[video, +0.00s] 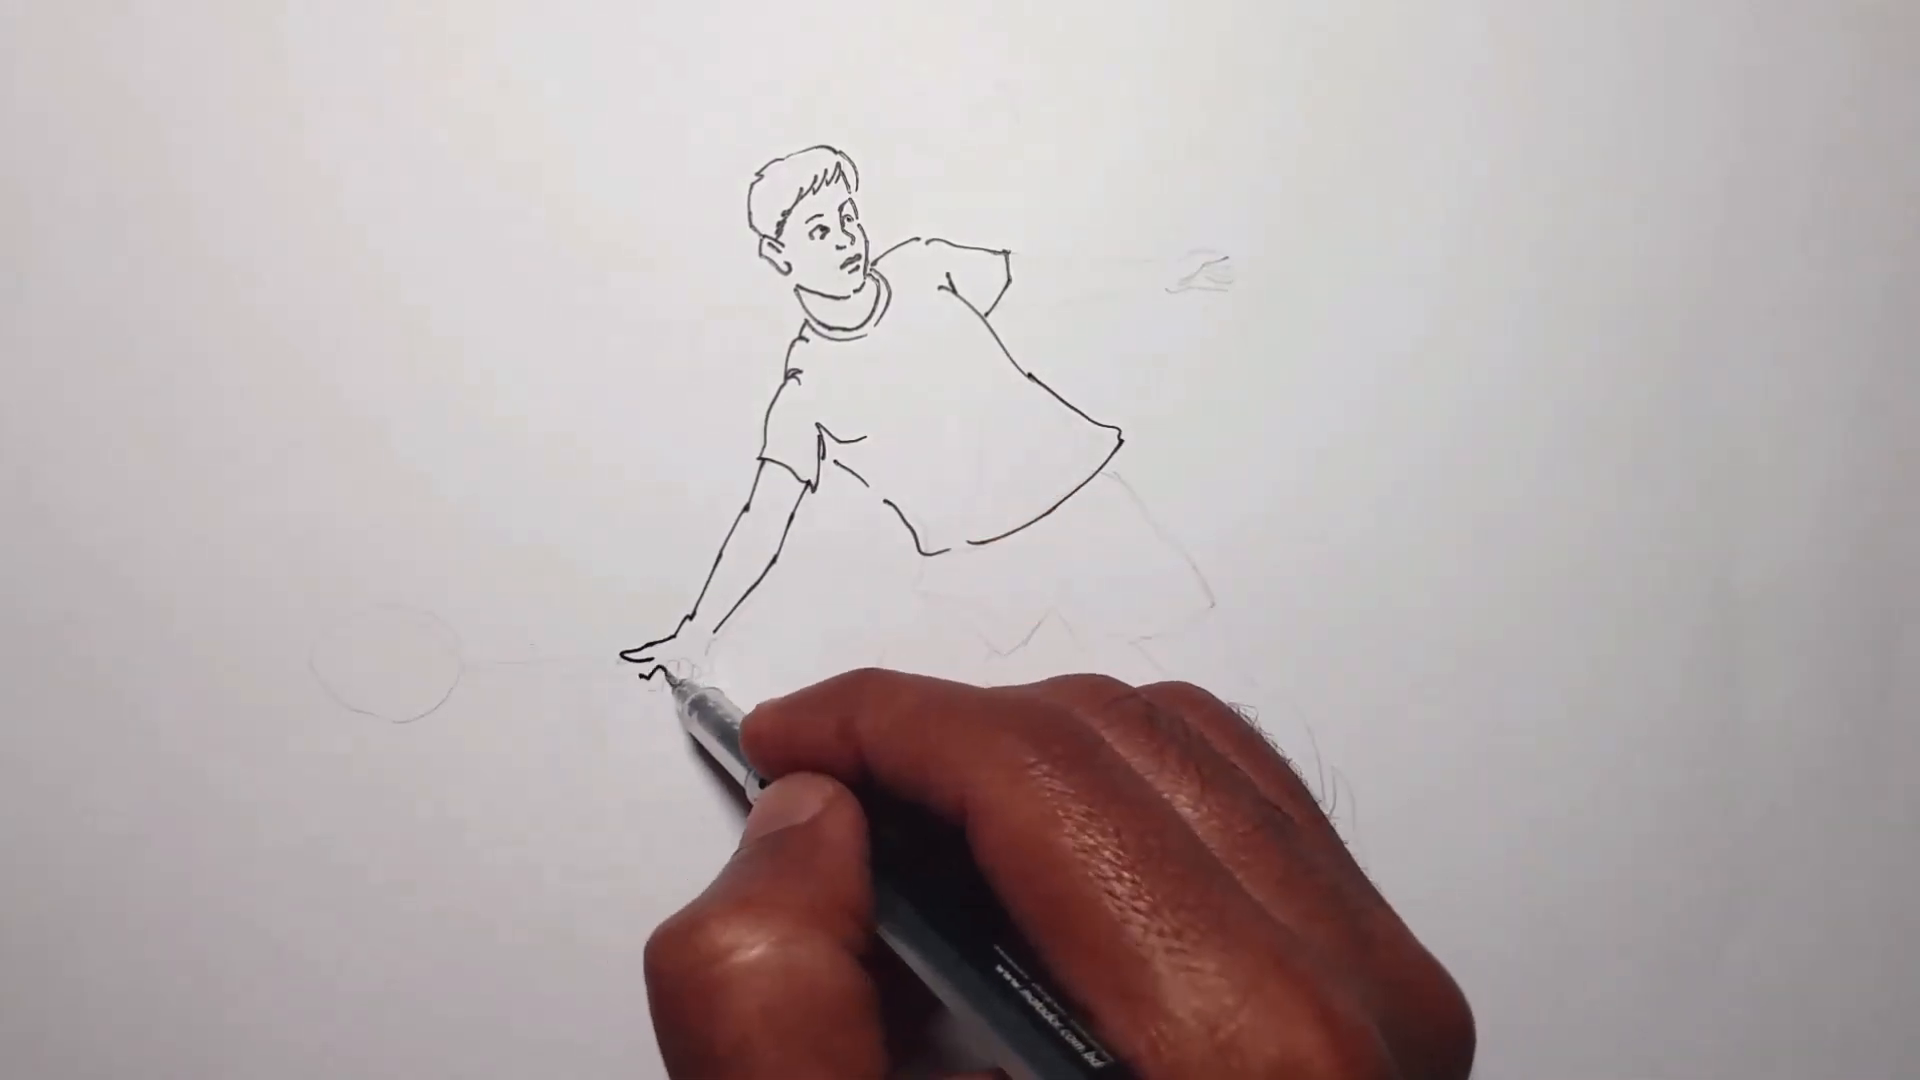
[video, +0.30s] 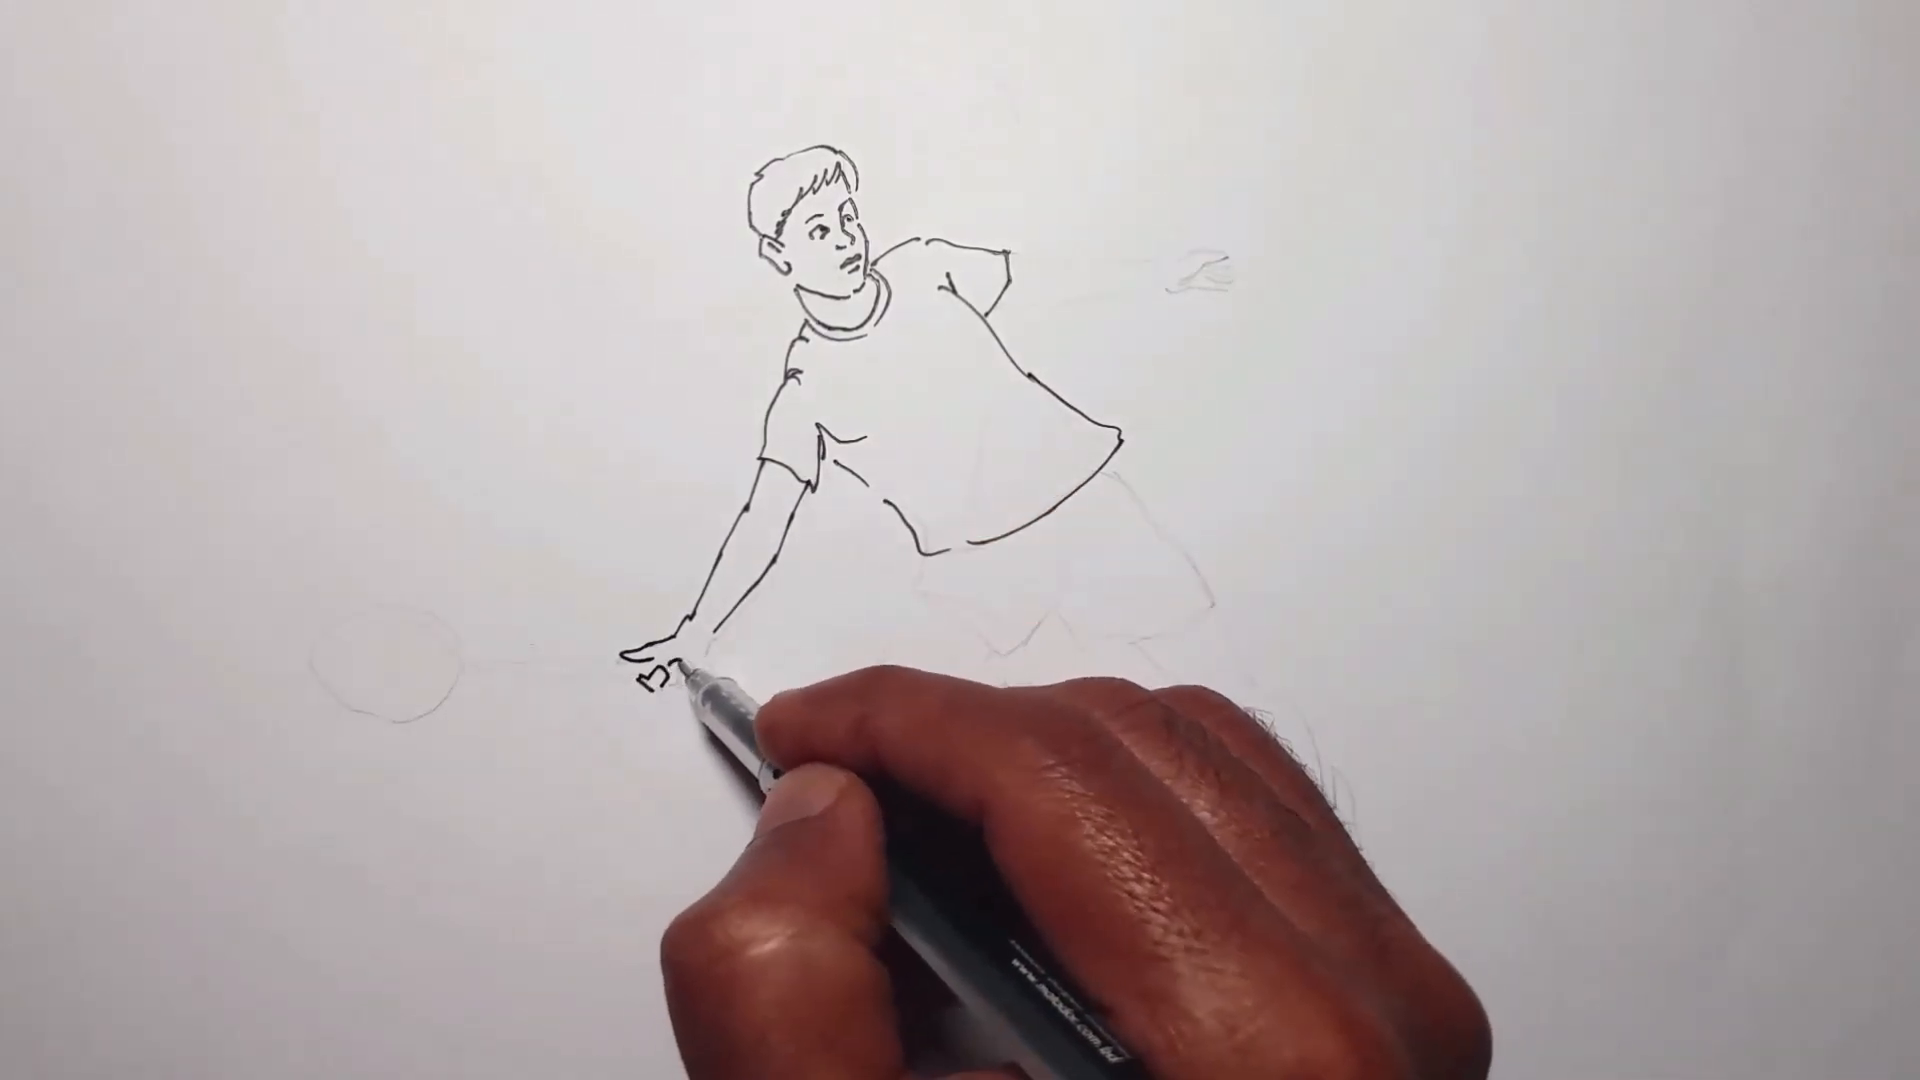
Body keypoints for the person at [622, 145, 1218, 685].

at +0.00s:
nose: (844, 240)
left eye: (845, 215)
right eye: (816, 230)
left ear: (861, 210)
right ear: (775, 255)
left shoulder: (927, 267)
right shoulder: (805, 402)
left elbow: (1054, 272)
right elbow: (761, 525)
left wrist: (1171, 281)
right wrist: (695, 631)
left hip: (1093, 502)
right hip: (983, 571)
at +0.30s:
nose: (844, 240)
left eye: (845, 215)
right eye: (816, 231)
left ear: (860, 209)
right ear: (776, 256)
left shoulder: (929, 269)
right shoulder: (804, 400)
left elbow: (1053, 275)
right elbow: (761, 525)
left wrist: (1173, 280)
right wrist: (694, 632)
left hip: (1093, 500)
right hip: (977, 570)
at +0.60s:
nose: (844, 242)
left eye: (845, 217)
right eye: (816, 231)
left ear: (860, 213)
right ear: (775, 257)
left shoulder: (926, 268)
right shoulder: (804, 403)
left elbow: (1057, 272)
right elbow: (759, 529)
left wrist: (1170, 280)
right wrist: (694, 632)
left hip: (1092, 494)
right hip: (978, 566)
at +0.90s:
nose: (845, 244)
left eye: (846, 218)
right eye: (816, 232)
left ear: (861, 211)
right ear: (776, 257)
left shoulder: (928, 266)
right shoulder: (806, 404)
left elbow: (1049, 272)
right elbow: (761, 527)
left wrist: (1168, 286)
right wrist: (696, 632)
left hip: (1098, 500)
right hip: (981, 578)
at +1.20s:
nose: (835, 242)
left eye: (838, 212)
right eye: (804, 231)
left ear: (860, 208)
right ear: (774, 258)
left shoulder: (934, 282)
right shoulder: (805, 388)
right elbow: (764, 518)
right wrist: (695, 629)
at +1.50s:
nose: (833, 242)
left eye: (838, 214)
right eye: (804, 233)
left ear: (861, 210)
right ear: (775, 259)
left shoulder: (937, 275)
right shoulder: (805, 392)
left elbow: (1032, 266)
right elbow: (760, 526)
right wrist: (692, 631)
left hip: (1095, 521)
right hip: (962, 586)